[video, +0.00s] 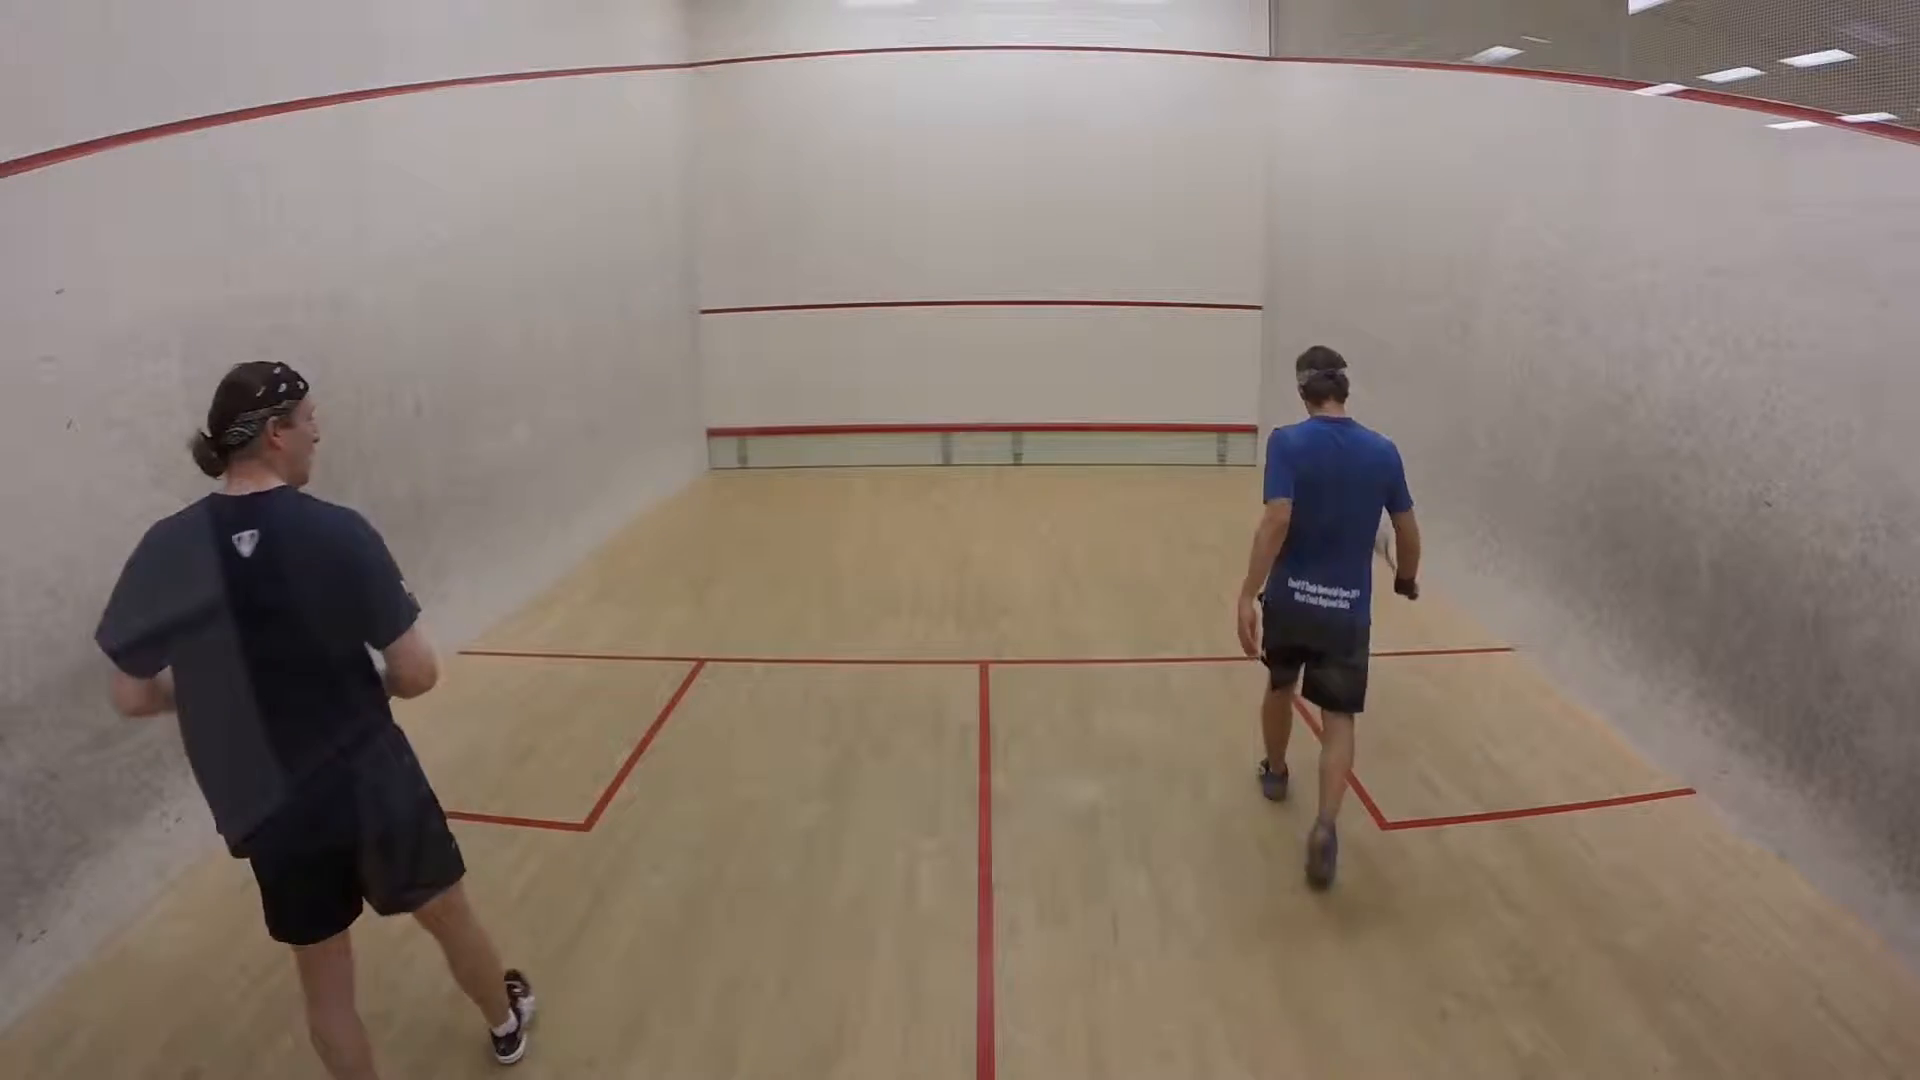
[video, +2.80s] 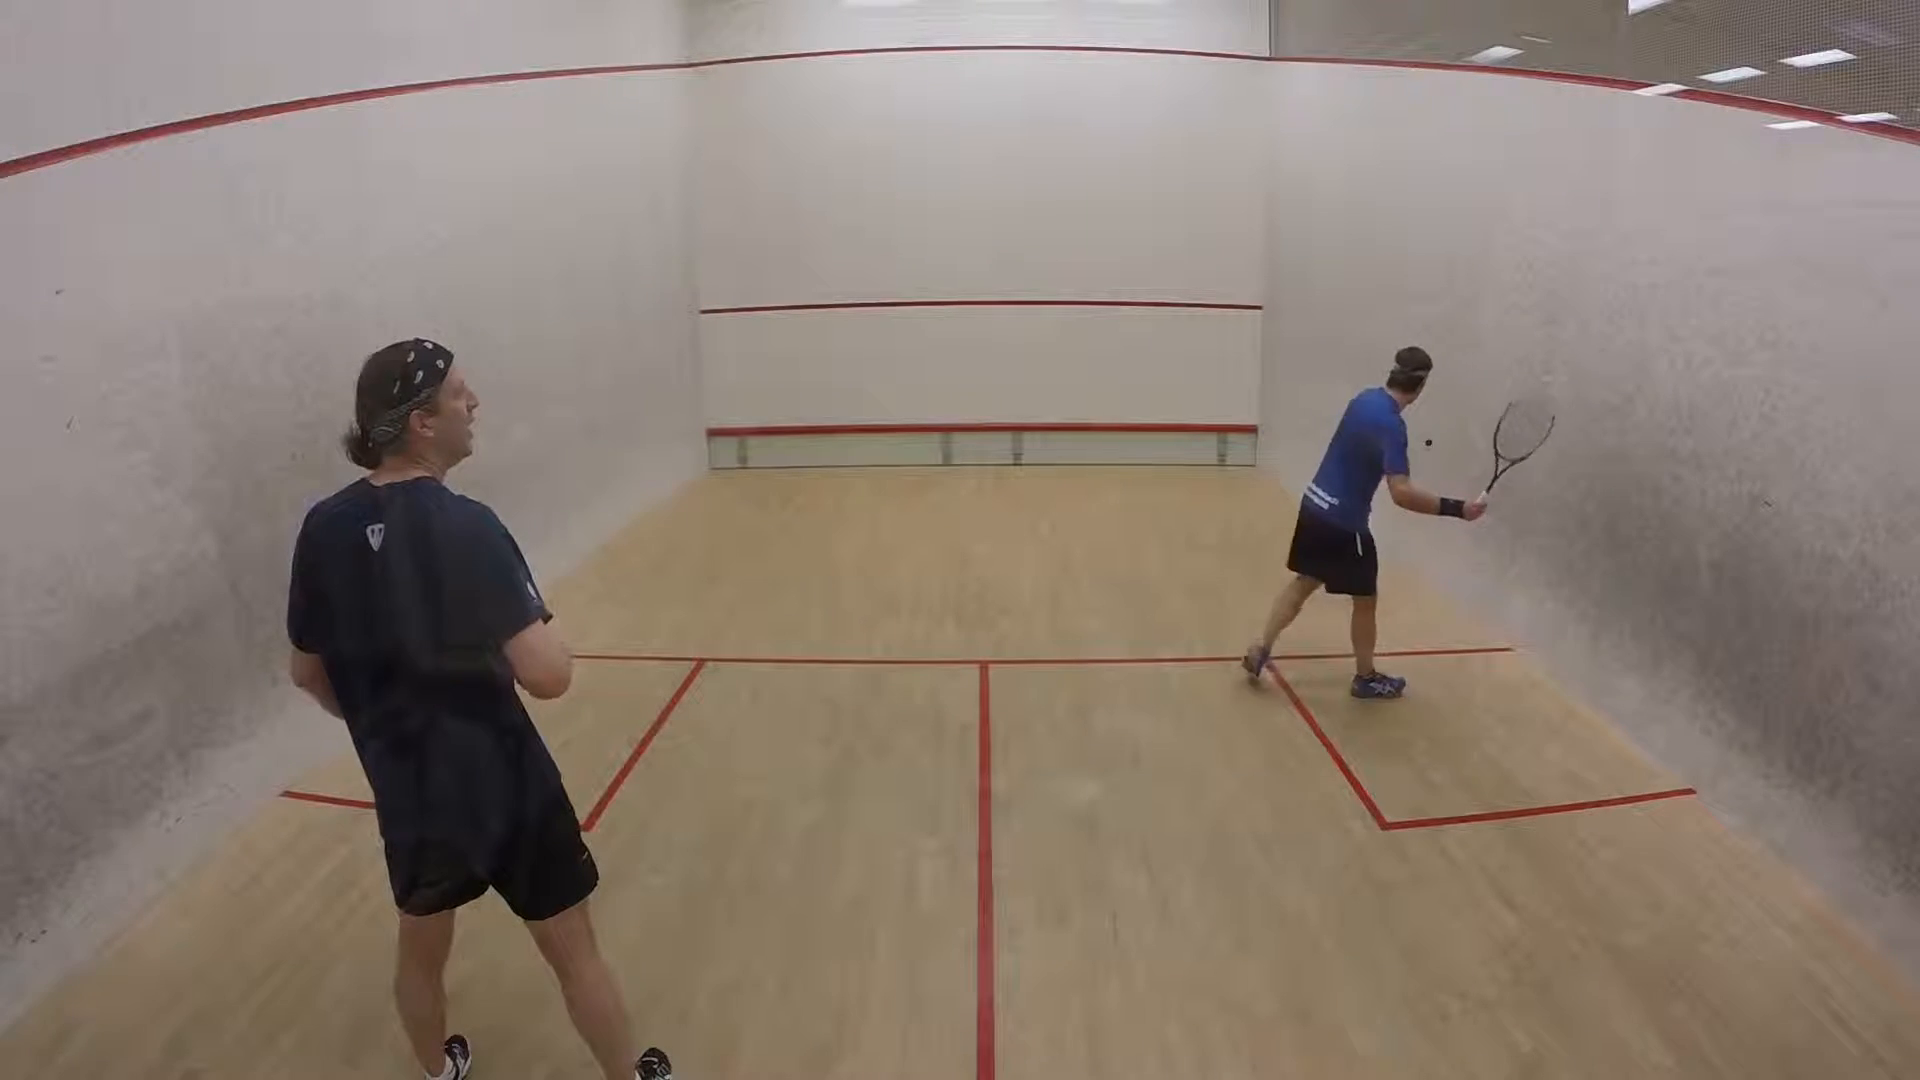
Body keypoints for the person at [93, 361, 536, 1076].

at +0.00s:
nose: (317, 437)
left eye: (314, 422)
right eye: (309, 423)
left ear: (227, 440)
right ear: (273, 435)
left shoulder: (166, 547)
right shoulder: (335, 531)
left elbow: (132, 696)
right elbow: (417, 672)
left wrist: (206, 677)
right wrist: (373, 676)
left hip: (263, 804)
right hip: (368, 776)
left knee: (325, 978)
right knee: (447, 912)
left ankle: (360, 1076)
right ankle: (505, 1024)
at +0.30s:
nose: (341, 438)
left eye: (339, 422)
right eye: (328, 424)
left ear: (271, 441)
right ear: (277, 439)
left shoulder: (191, 547)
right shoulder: (327, 541)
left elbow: (203, 684)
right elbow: (429, 678)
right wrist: (436, 620)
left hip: (288, 809)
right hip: (381, 787)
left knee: (337, 978)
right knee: (506, 923)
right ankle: (601, 1060)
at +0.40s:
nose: (369, 444)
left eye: (366, 427)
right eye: (357, 429)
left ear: (297, 442)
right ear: (307, 441)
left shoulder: (216, 549)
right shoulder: (357, 548)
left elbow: (228, 683)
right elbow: (480, 649)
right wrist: (465, 585)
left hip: (314, 810)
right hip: (408, 792)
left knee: (349, 980)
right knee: (534, 943)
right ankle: (624, 1072)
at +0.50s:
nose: (405, 447)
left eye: (403, 431)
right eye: (396, 432)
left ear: (329, 441)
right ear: (353, 441)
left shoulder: (250, 551)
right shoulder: (392, 546)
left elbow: (246, 684)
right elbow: (531, 596)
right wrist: (474, 531)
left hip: (349, 805)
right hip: (447, 791)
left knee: (371, 974)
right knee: (547, 957)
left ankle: (379, 1077)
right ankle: (629, 1074)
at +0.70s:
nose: (471, 444)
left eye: (471, 429)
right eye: (467, 430)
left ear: (378, 429)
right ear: (440, 432)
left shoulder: (305, 532)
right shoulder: (460, 521)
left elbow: (275, 671)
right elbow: (573, 501)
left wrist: (361, 648)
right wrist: (485, 468)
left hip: (404, 804)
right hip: (501, 792)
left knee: (406, 949)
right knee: (573, 958)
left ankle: (406, 1070)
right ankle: (632, 1072)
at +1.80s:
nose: (474, 426)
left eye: (470, 409)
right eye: (463, 411)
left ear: (388, 424)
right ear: (422, 422)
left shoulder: (315, 523)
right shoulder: (450, 526)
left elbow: (296, 658)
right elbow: (583, 598)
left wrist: (392, 616)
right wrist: (522, 567)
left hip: (402, 797)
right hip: (495, 783)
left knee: (419, 952)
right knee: (569, 950)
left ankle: (434, 1070)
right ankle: (632, 1071)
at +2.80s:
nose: (475, 407)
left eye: (469, 393)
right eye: (461, 398)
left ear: (398, 425)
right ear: (419, 423)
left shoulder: (325, 526)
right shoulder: (469, 526)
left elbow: (310, 670)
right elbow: (548, 675)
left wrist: (378, 710)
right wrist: (527, 625)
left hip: (407, 789)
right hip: (505, 779)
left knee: (421, 955)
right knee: (575, 954)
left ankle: (436, 1069)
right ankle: (632, 1070)